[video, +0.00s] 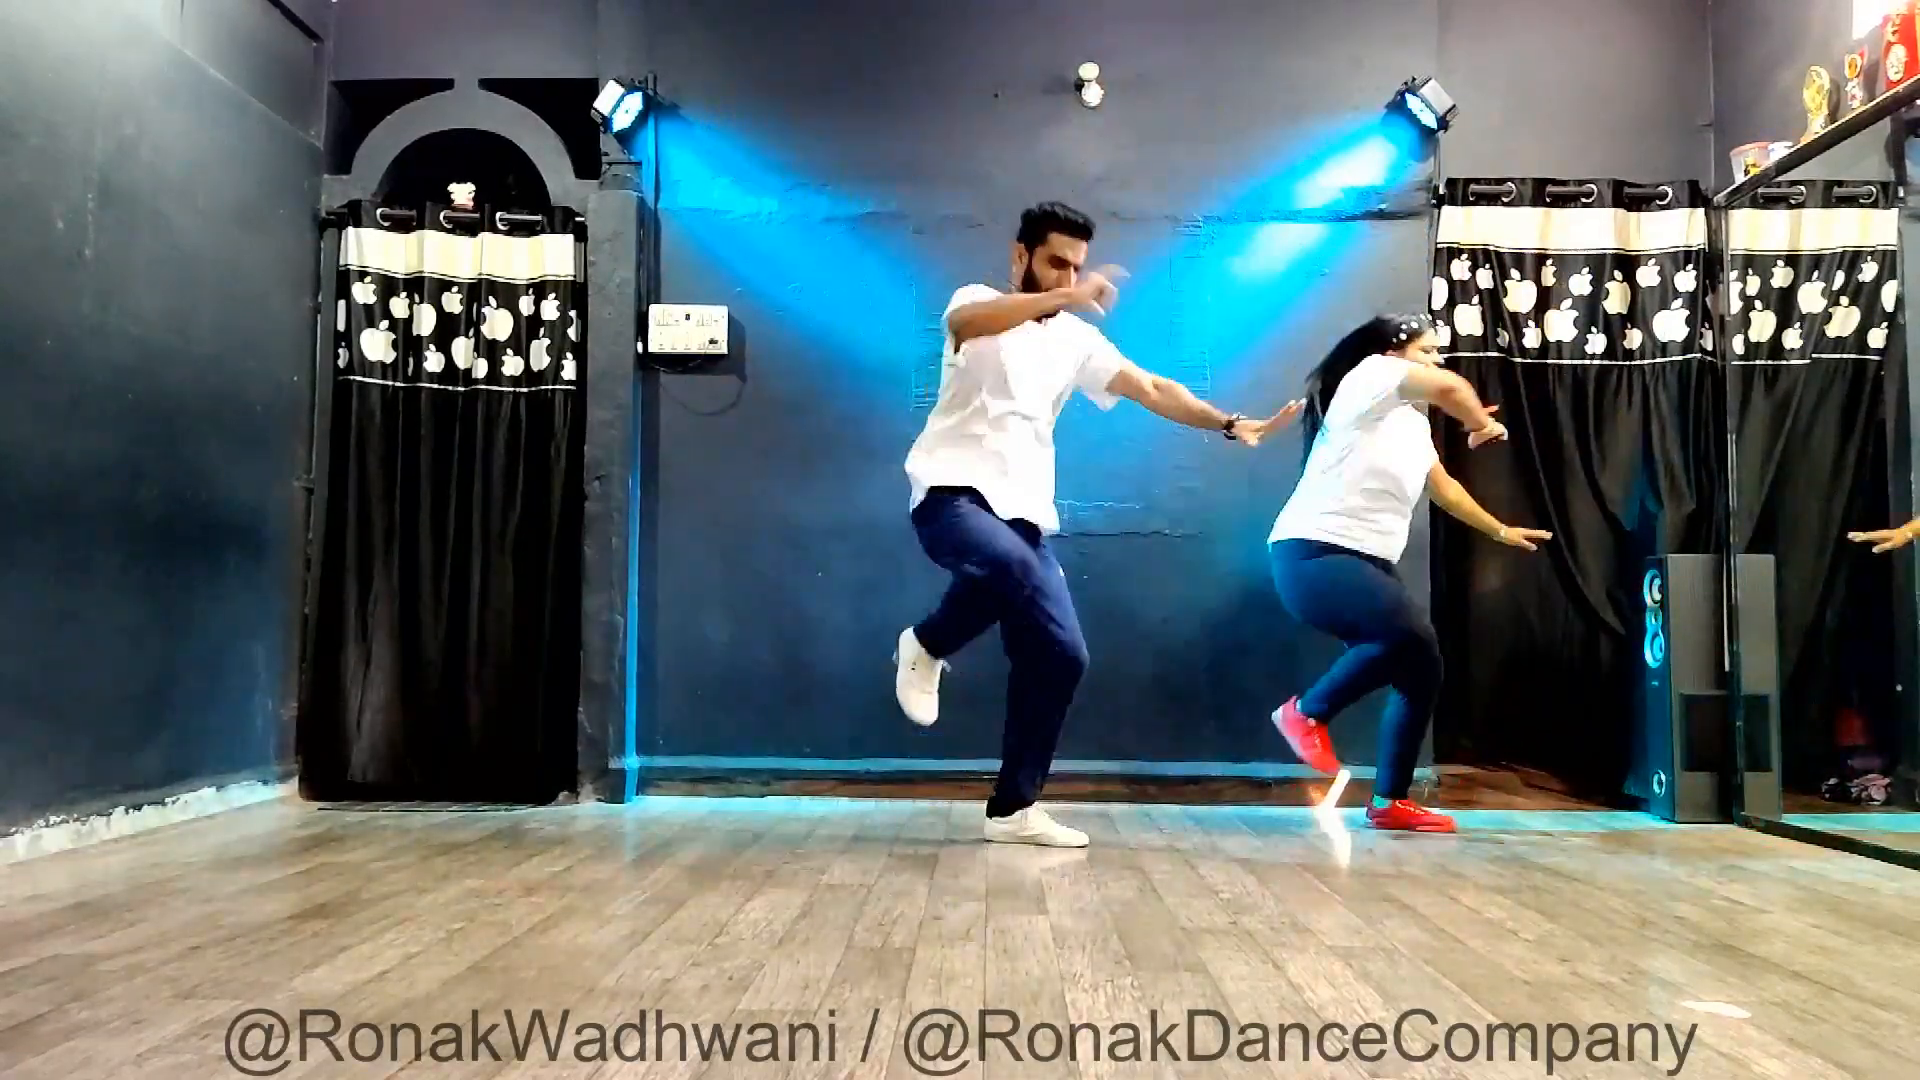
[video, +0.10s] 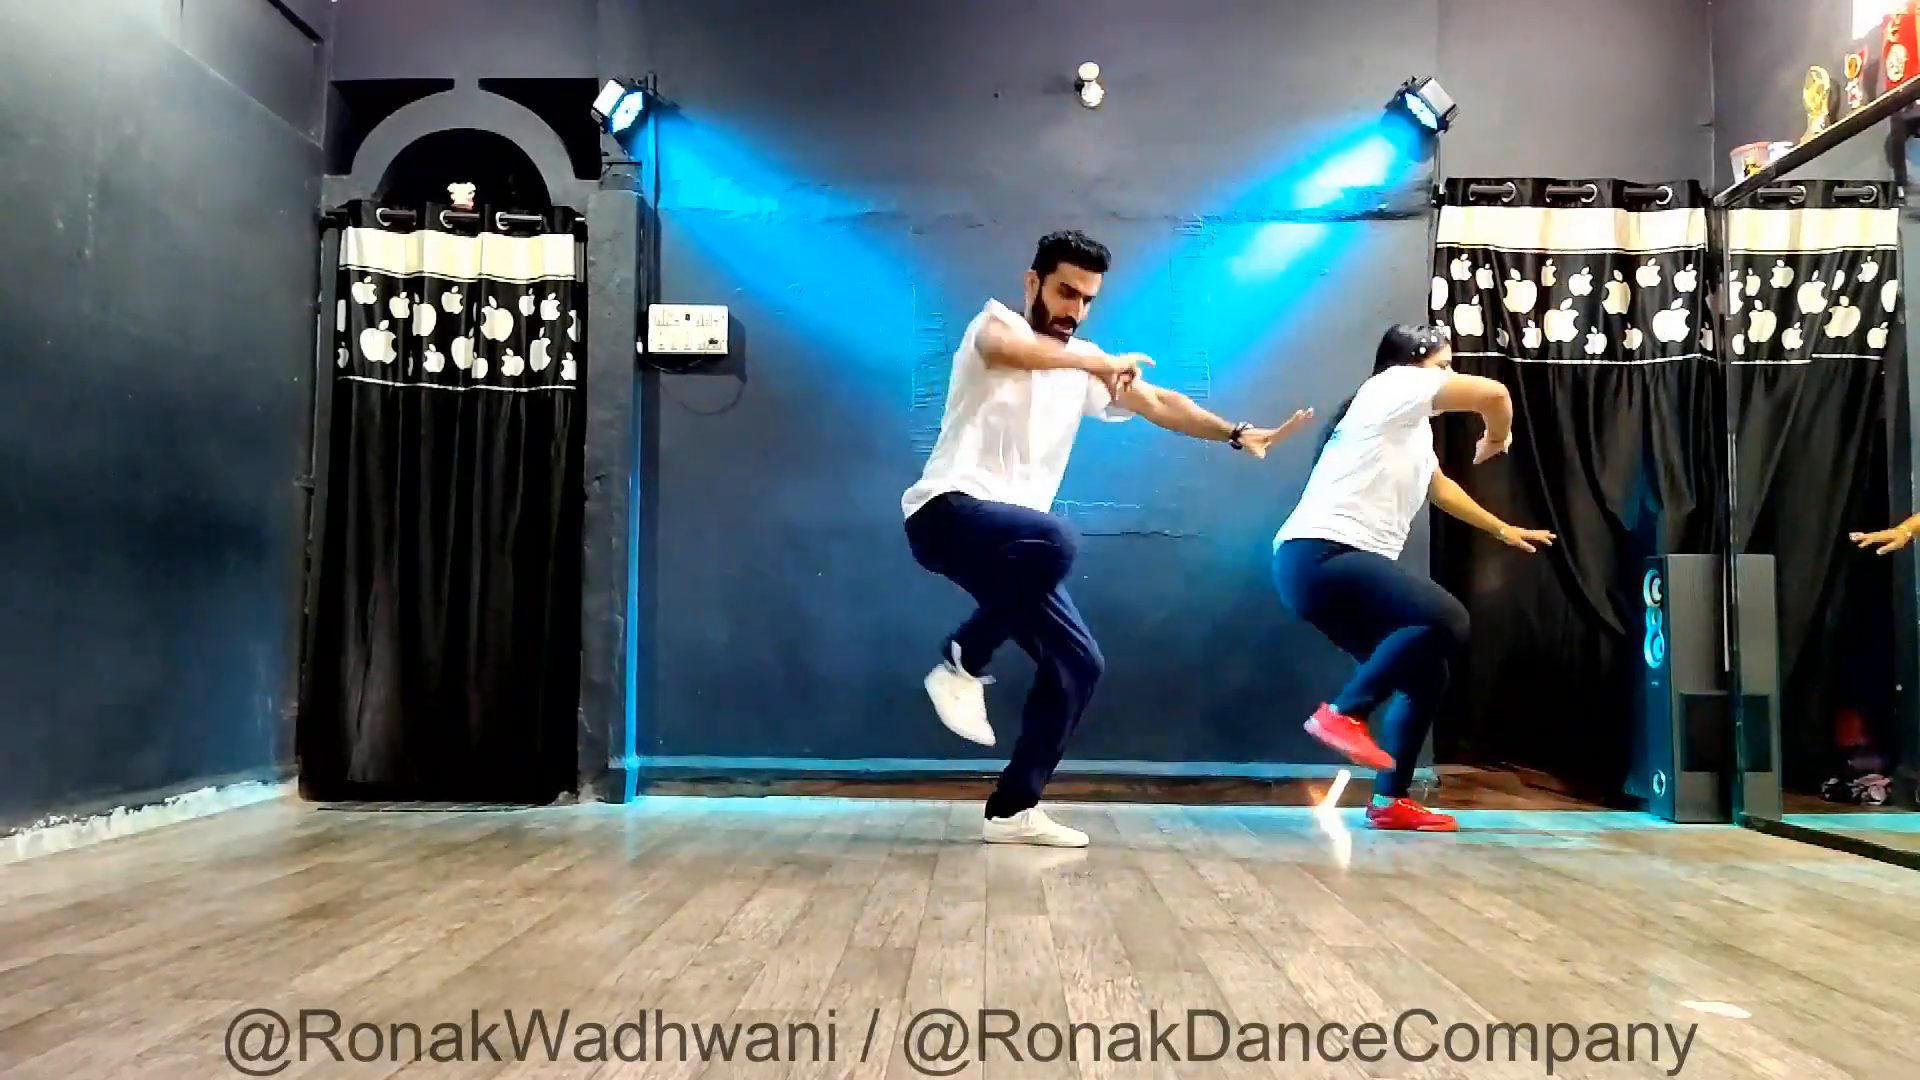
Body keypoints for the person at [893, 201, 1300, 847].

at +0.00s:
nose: (1067, 280)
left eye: (1076, 270)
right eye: (1056, 265)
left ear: (1083, 276)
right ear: (1019, 258)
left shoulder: (1078, 340)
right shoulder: (976, 301)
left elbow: (1152, 389)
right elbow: (966, 325)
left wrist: (1229, 422)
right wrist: (1064, 297)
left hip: (1024, 511)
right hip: (952, 490)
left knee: (1061, 655)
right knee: (1010, 568)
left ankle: (1012, 808)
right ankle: (925, 647)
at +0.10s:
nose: (1075, 311)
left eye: (1086, 299)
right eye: (1066, 293)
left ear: (1092, 298)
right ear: (1033, 282)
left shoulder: (1084, 363)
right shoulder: (996, 320)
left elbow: (1158, 404)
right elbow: (1002, 350)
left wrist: (1235, 433)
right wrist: (1095, 362)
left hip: (1018, 527)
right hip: (947, 509)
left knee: (1077, 663)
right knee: (1053, 545)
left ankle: (1012, 807)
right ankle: (960, 665)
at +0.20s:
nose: (1073, 314)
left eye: (1084, 304)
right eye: (1063, 297)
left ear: (1090, 308)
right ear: (1030, 290)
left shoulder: (1076, 384)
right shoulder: (992, 363)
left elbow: (1134, 445)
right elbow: (993, 467)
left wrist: (1200, 472)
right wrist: (1082, 422)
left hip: (1018, 543)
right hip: (970, 529)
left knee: (1101, 675)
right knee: (1090, 625)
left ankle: (1014, 806)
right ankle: (1038, 801)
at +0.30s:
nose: (1042, 297)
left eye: (1057, 289)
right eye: (1032, 282)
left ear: (1070, 303)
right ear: (1009, 289)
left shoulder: (1062, 389)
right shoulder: (988, 356)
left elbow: (1132, 450)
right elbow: (993, 434)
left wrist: (1211, 460)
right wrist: (1043, 363)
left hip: (1025, 552)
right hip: (983, 547)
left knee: (1104, 676)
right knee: (1094, 668)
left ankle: (1012, 811)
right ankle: (1049, 840)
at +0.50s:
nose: (1006, 196)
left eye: (1021, 187)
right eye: (994, 181)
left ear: (1035, 200)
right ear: (973, 185)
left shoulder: (1049, 259)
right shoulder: (938, 224)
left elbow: (1111, 295)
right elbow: (874, 197)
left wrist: (1159, 310)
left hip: (1027, 462)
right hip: (948, 453)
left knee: (1038, 620)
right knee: (982, 589)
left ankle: (1028, 785)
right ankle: (965, 781)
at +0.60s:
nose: (978, 163)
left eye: (994, 155)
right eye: (968, 150)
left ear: (1012, 171)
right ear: (947, 157)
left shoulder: (1034, 242)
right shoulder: (905, 218)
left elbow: (1093, 318)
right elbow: (799, 234)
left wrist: (1115, 275)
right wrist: (768, 172)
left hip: (1008, 454)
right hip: (925, 448)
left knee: (1068, 584)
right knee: (920, 600)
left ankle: (990, 688)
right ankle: (880, 760)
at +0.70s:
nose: (999, 187)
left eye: (1005, 178)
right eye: (986, 173)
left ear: (1007, 191)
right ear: (945, 176)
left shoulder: (1012, 271)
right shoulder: (889, 245)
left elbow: (1085, 355)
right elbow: (789, 300)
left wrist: (1078, 282)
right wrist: (729, 234)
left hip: (992, 460)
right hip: (907, 462)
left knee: (1087, 549)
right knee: (879, 633)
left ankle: (980, 618)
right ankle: (829, 795)